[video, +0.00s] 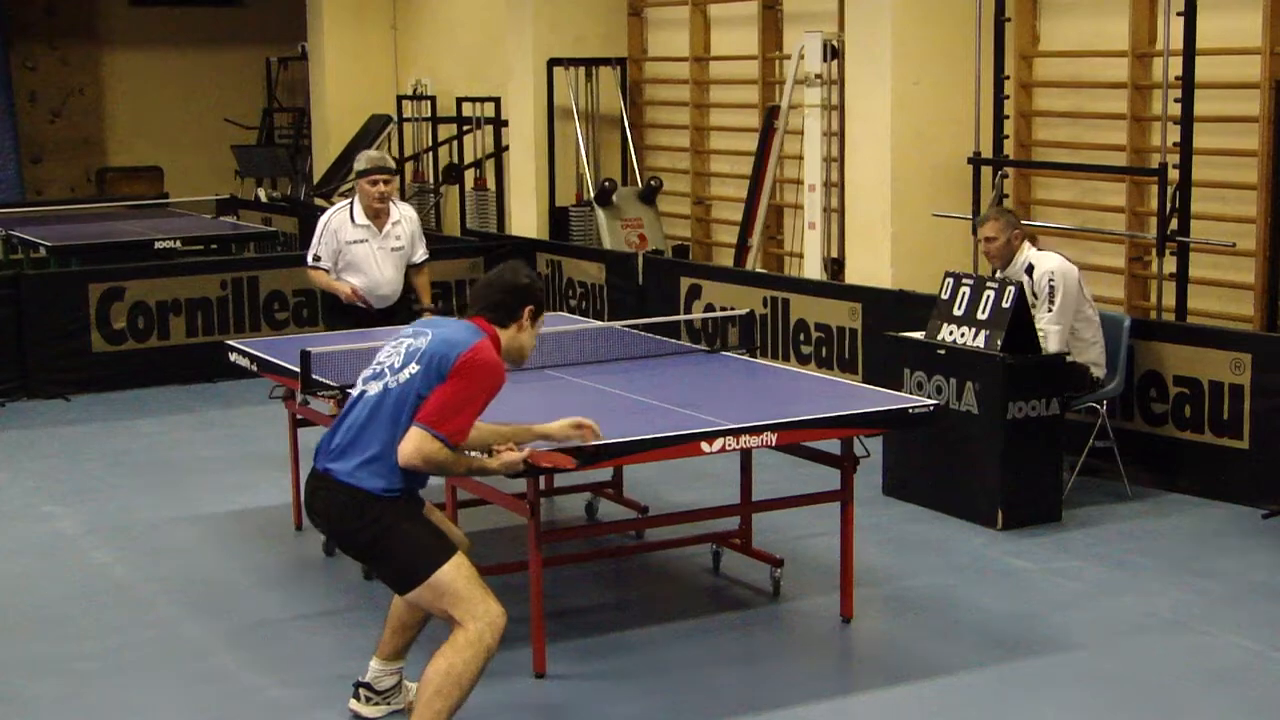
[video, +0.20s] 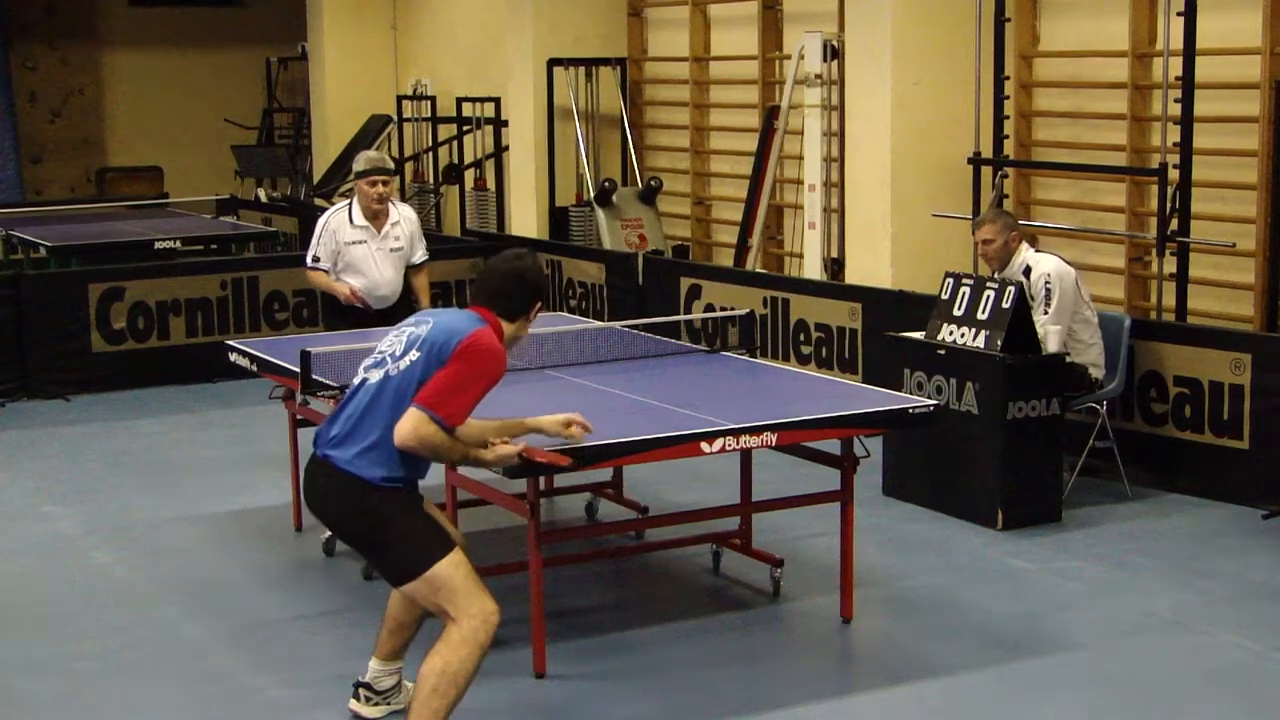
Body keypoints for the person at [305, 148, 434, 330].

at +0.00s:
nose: (382, 190)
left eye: (387, 182)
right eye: (373, 183)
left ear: (395, 184)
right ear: (357, 185)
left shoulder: (407, 216)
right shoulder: (334, 220)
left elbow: (418, 267)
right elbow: (314, 270)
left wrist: (427, 309)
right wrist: (338, 288)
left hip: (395, 311)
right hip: (349, 314)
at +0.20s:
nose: (380, 191)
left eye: (386, 184)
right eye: (372, 184)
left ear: (393, 185)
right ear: (356, 185)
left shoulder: (407, 217)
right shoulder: (332, 222)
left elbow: (418, 268)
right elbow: (314, 271)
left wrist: (425, 310)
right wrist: (337, 289)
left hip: (397, 311)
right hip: (349, 315)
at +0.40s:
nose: (380, 191)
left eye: (385, 184)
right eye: (371, 185)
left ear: (392, 185)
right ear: (355, 186)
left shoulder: (406, 217)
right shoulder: (332, 222)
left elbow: (417, 268)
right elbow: (313, 272)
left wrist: (425, 311)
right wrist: (337, 289)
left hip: (395, 311)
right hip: (348, 314)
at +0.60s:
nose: (379, 192)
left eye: (384, 185)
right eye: (370, 185)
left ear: (391, 186)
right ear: (353, 186)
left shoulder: (404, 218)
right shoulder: (330, 223)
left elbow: (415, 270)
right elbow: (311, 272)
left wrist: (423, 311)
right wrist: (335, 290)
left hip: (393, 313)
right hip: (345, 316)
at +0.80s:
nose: (376, 195)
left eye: (381, 187)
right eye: (367, 188)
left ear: (388, 188)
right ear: (350, 188)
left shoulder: (400, 221)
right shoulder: (327, 224)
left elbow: (411, 274)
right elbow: (306, 274)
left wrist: (421, 317)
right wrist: (332, 292)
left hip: (386, 316)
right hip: (341, 318)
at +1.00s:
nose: (374, 198)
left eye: (379, 191)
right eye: (365, 191)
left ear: (385, 191)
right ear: (348, 192)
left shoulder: (397, 225)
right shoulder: (324, 228)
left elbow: (407, 277)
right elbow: (303, 278)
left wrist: (416, 319)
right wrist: (331, 295)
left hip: (383, 318)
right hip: (337, 320)